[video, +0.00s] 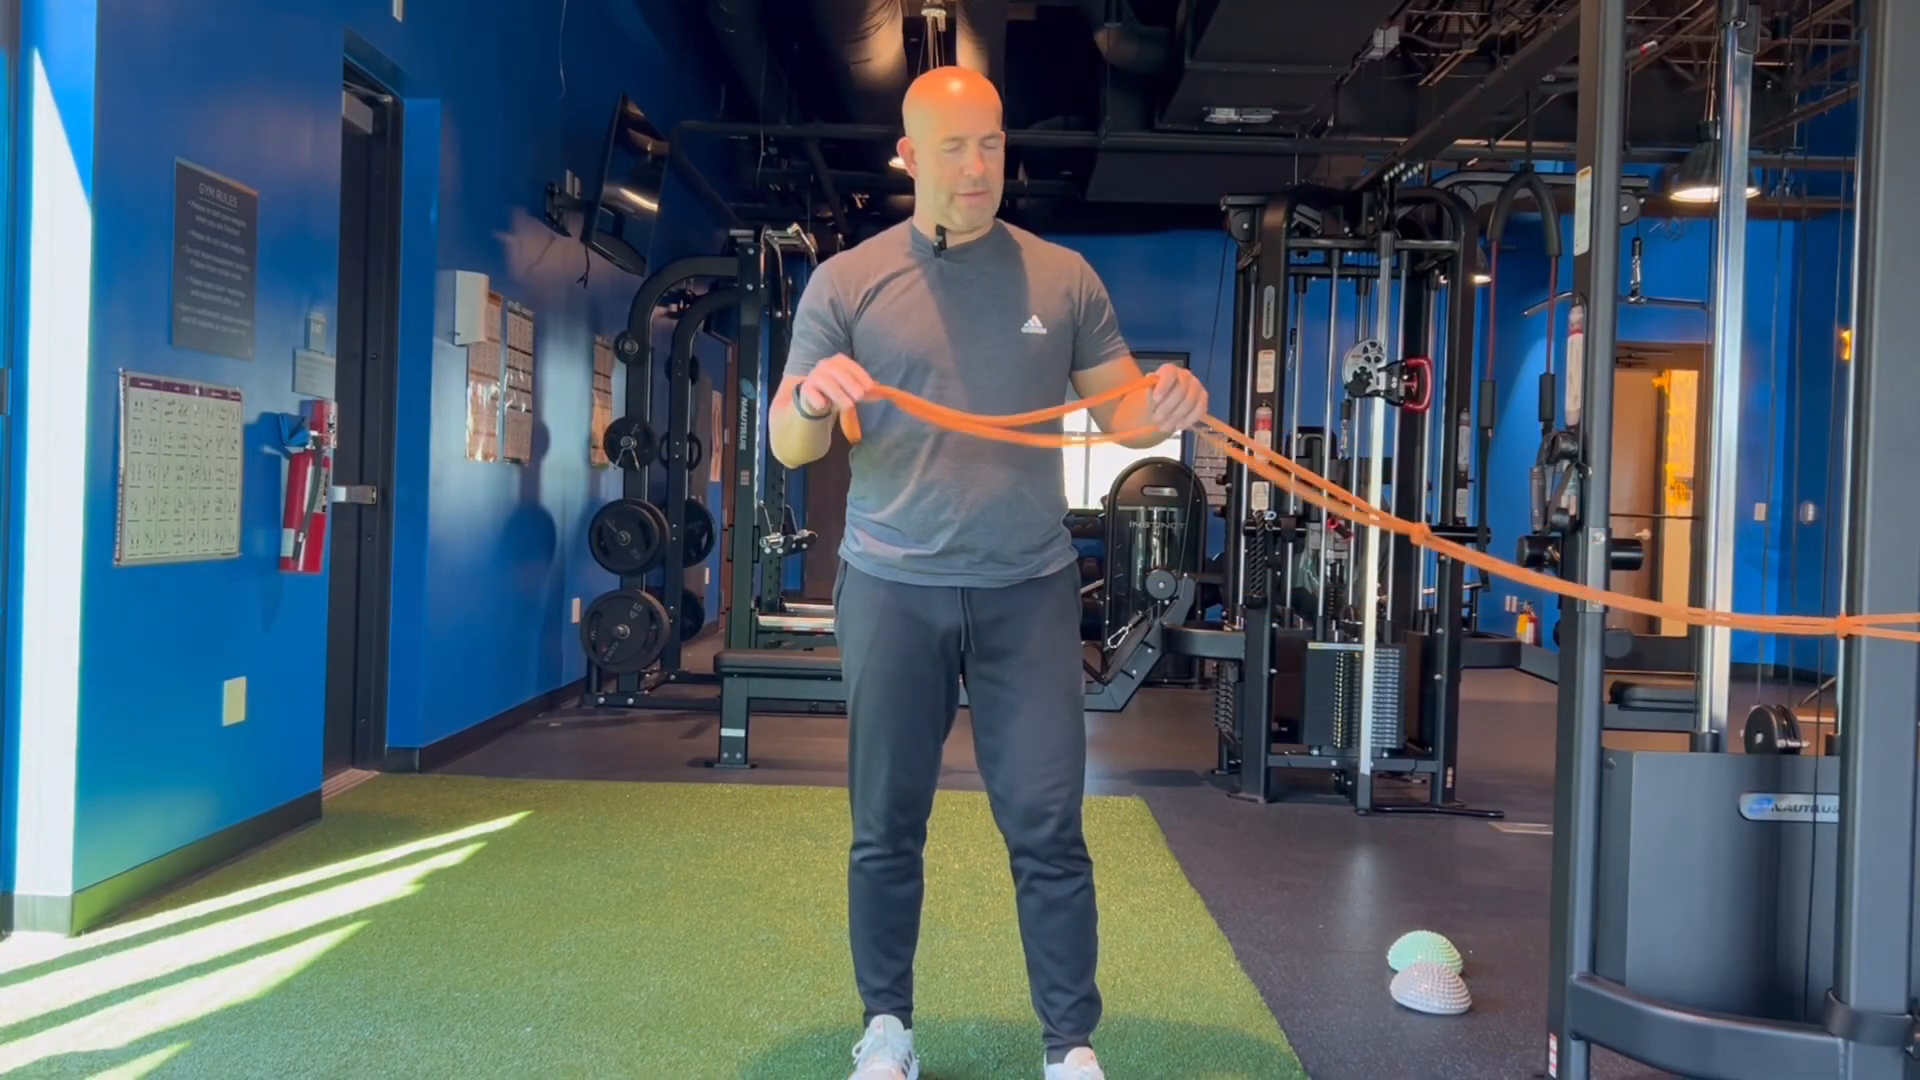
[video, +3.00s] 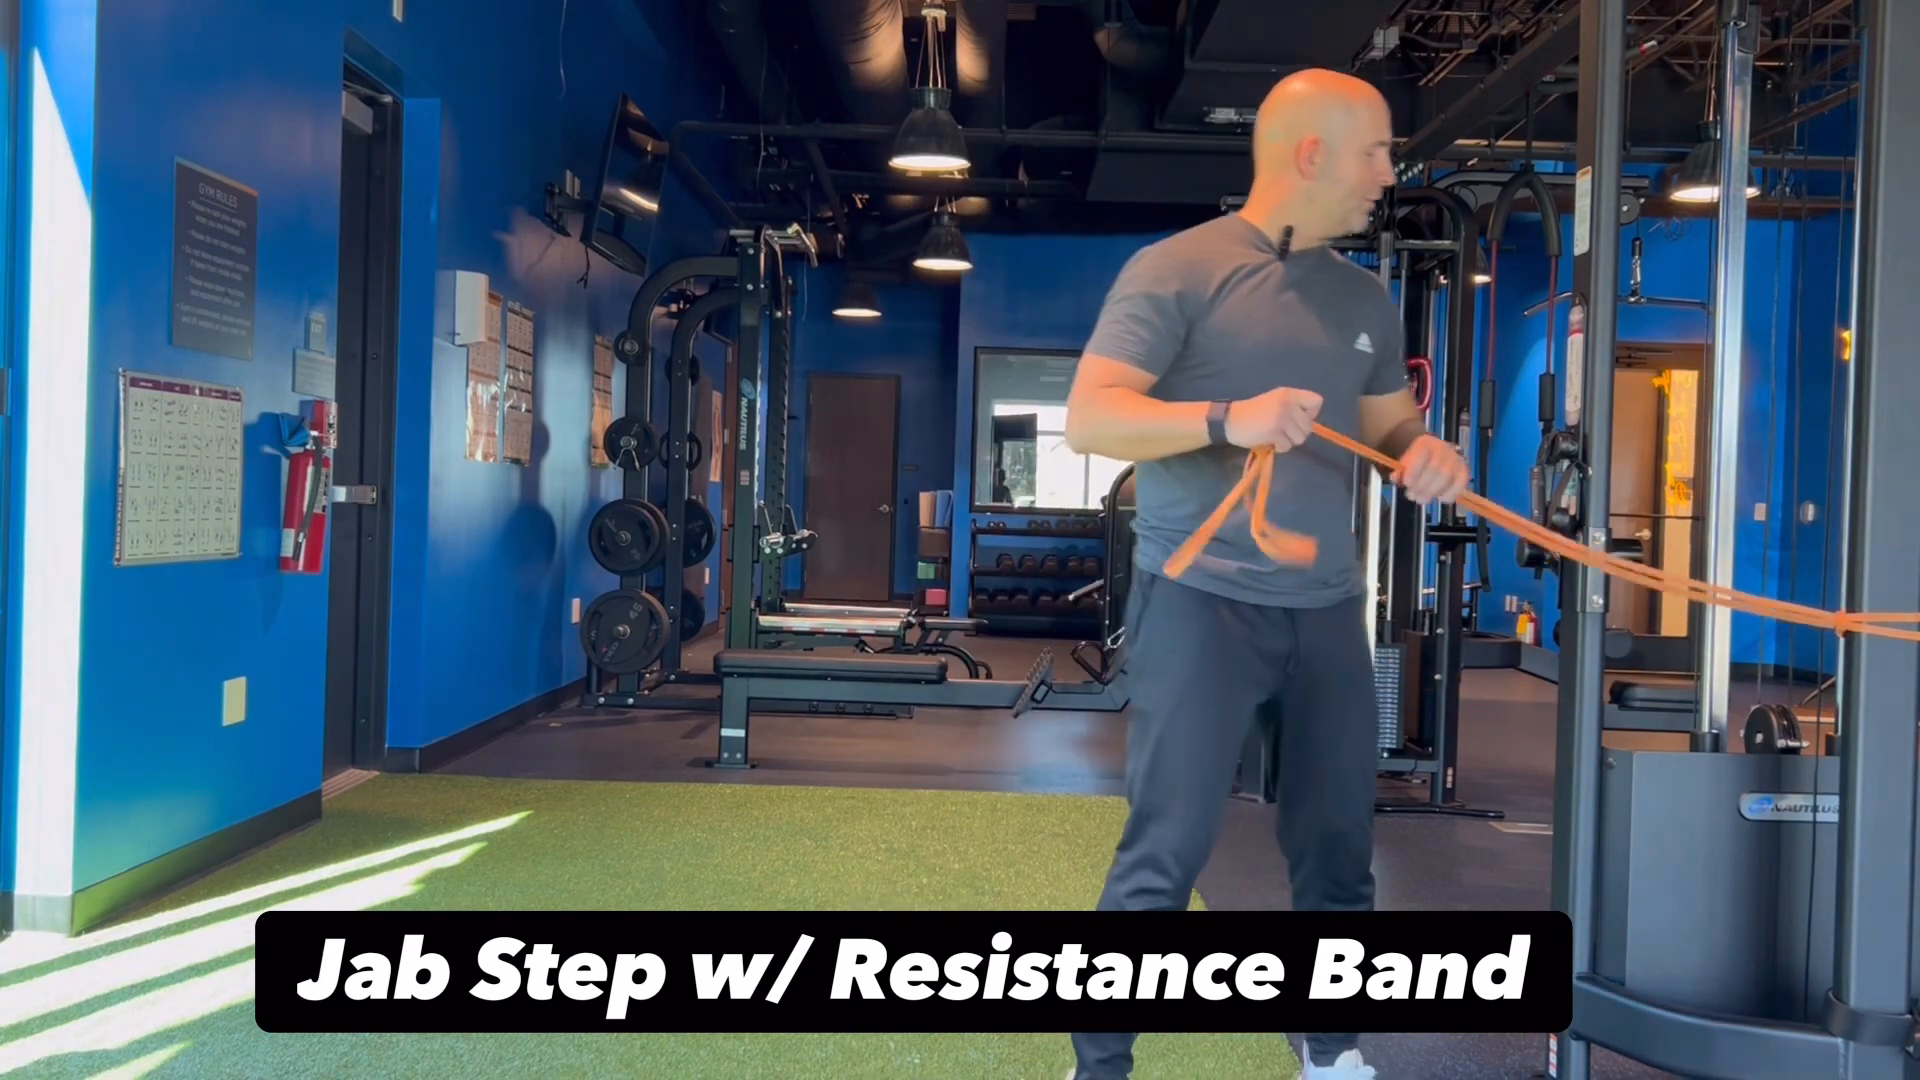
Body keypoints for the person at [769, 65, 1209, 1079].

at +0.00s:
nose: (980, 166)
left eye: (992, 145)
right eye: (957, 148)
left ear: (1006, 150)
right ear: (909, 160)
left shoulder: (1065, 279)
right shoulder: (845, 285)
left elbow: (1123, 420)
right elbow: (788, 448)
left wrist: (1167, 402)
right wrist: (810, 399)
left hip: (1031, 585)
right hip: (892, 586)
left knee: (1047, 822)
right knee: (887, 824)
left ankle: (1071, 1043)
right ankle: (887, 1021)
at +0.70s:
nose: (1121, 177)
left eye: (1125, 158)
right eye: (1106, 156)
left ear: (1087, 159)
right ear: (1035, 150)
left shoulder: (1130, 282)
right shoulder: (924, 269)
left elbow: (1206, 411)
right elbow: (843, 414)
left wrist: (1241, 381)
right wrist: (897, 444)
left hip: (1092, 595)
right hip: (961, 591)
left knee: (1091, 836)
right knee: (922, 829)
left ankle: (1071, 1048)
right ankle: (885, 1032)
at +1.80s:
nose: (1072, 119)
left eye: (1074, 104)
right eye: (1047, 101)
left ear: (1073, 130)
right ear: (981, 124)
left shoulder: (1087, 273)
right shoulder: (908, 262)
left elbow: (1134, 412)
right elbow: (878, 427)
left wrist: (1199, 475)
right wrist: (1041, 459)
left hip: (1072, 590)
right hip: (948, 591)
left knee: (1096, 834)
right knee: (907, 838)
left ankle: (1089, 1052)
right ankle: (872, 1054)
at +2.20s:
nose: (1176, 128)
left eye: (1186, 113)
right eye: (1150, 109)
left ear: (1195, 141)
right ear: (1092, 132)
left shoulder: (1196, 287)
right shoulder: (1043, 255)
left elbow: (1211, 425)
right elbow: (1036, 422)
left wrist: (1253, 444)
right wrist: (1199, 474)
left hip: (1155, 587)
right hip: (1047, 572)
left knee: (1135, 828)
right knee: (1058, 809)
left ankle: (1090, 1050)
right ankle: (912, 1009)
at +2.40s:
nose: (1230, 125)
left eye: (1235, 110)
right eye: (1205, 107)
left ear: (1234, 136)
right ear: (1142, 129)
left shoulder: (1227, 281)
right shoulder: (1090, 245)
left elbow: (1240, 422)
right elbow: (1058, 415)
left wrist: (1296, 439)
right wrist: (1220, 462)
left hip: (1181, 582)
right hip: (1088, 570)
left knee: (1155, 823)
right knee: (1128, 822)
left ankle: (1091, 1039)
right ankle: (1074, 1053)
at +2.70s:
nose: (1300, 153)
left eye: (1298, 132)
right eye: (1288, 130)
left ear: (1230, 140)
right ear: (1221, 135)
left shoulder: (1262, 284)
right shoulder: (1119, 251)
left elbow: (1272, 440)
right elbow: (1074, 420)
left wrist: (1286, 553)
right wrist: (1253, 448)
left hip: (1245, 589)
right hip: (1134, 588)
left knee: (1304, 815)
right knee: (1128, 851)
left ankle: (1178, 1011)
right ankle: (1089, 1057)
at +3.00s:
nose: (1389, 175)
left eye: (1389, 154)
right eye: (1374, 152)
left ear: (1316, 159)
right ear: (1304, 155)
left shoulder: (1366, 299)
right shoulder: (1177, 270)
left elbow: (1387, 429)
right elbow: (1090, 417)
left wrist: (1421, 451)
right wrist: (1224, 418)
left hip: (1327, 609)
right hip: (1199, 601)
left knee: (1339, 850)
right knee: (1167, 851)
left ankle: (1329, 1051)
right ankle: (1100, 1059)